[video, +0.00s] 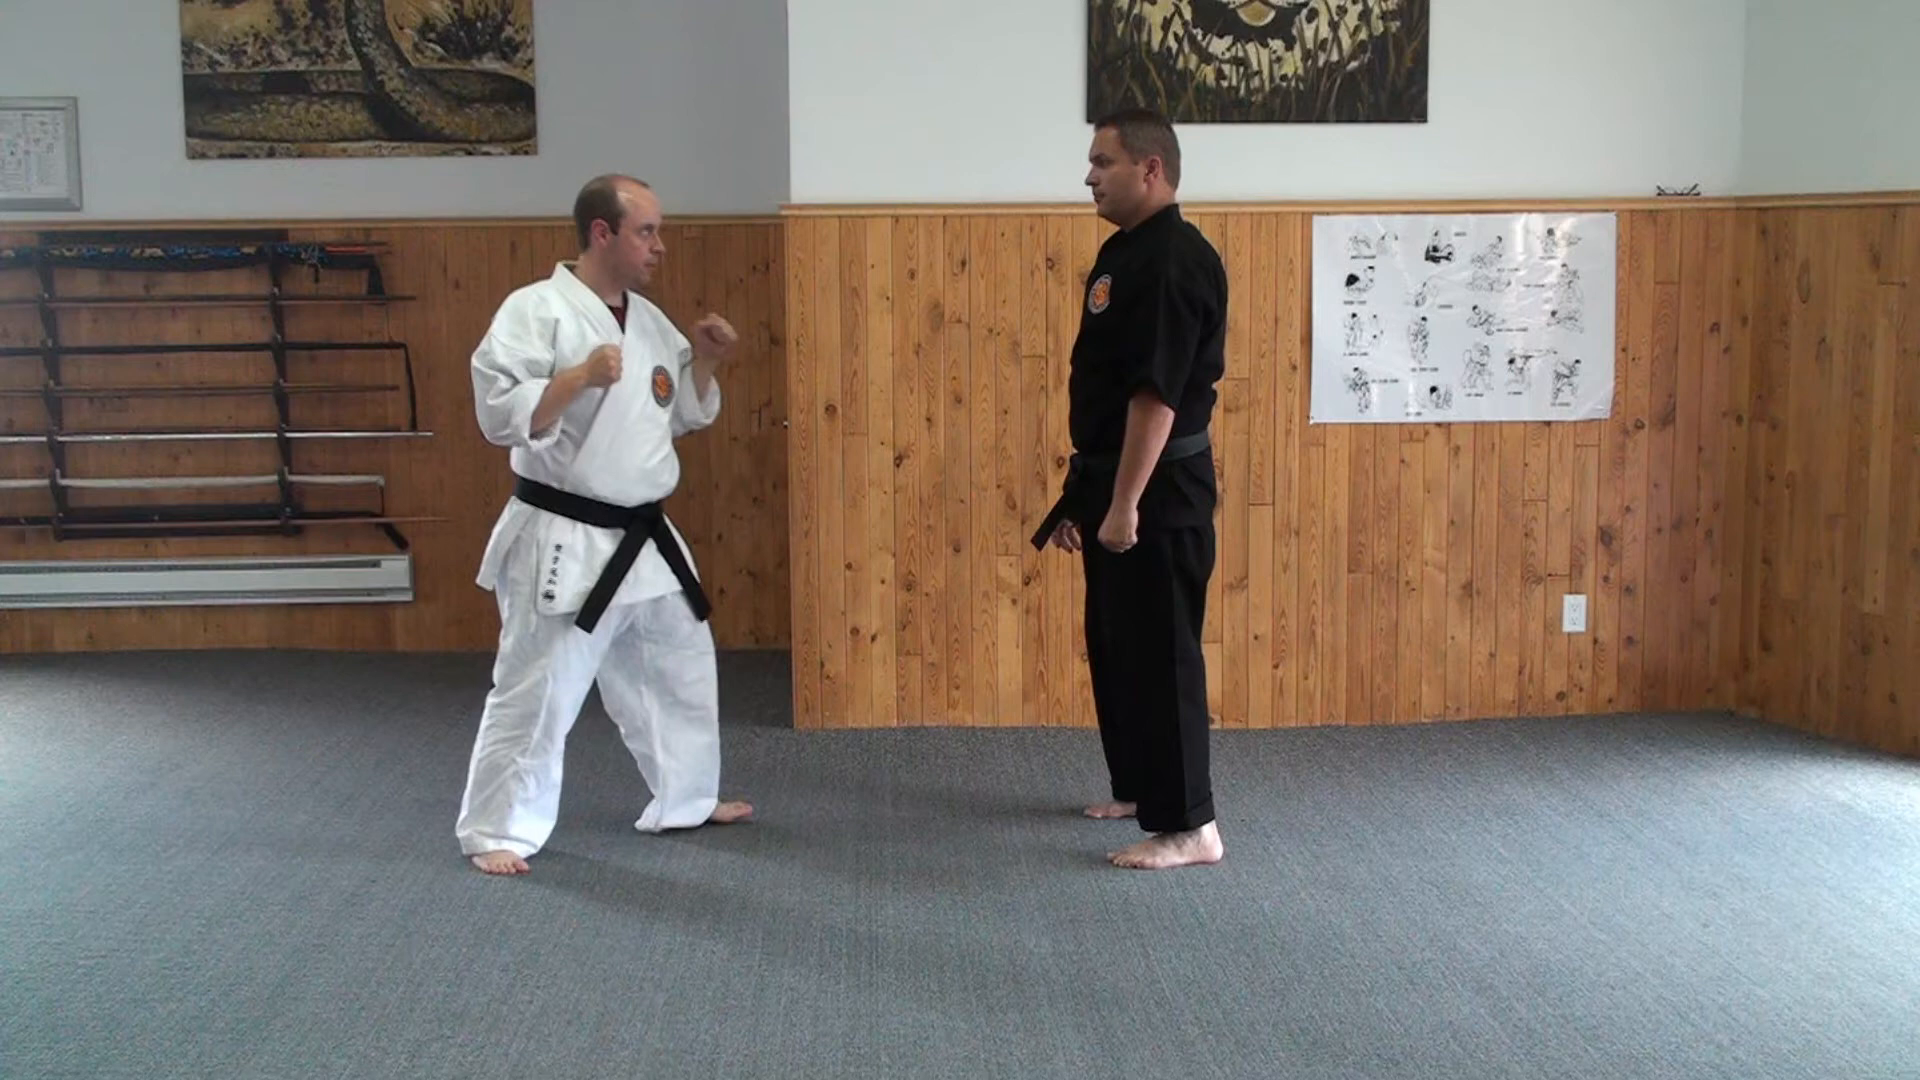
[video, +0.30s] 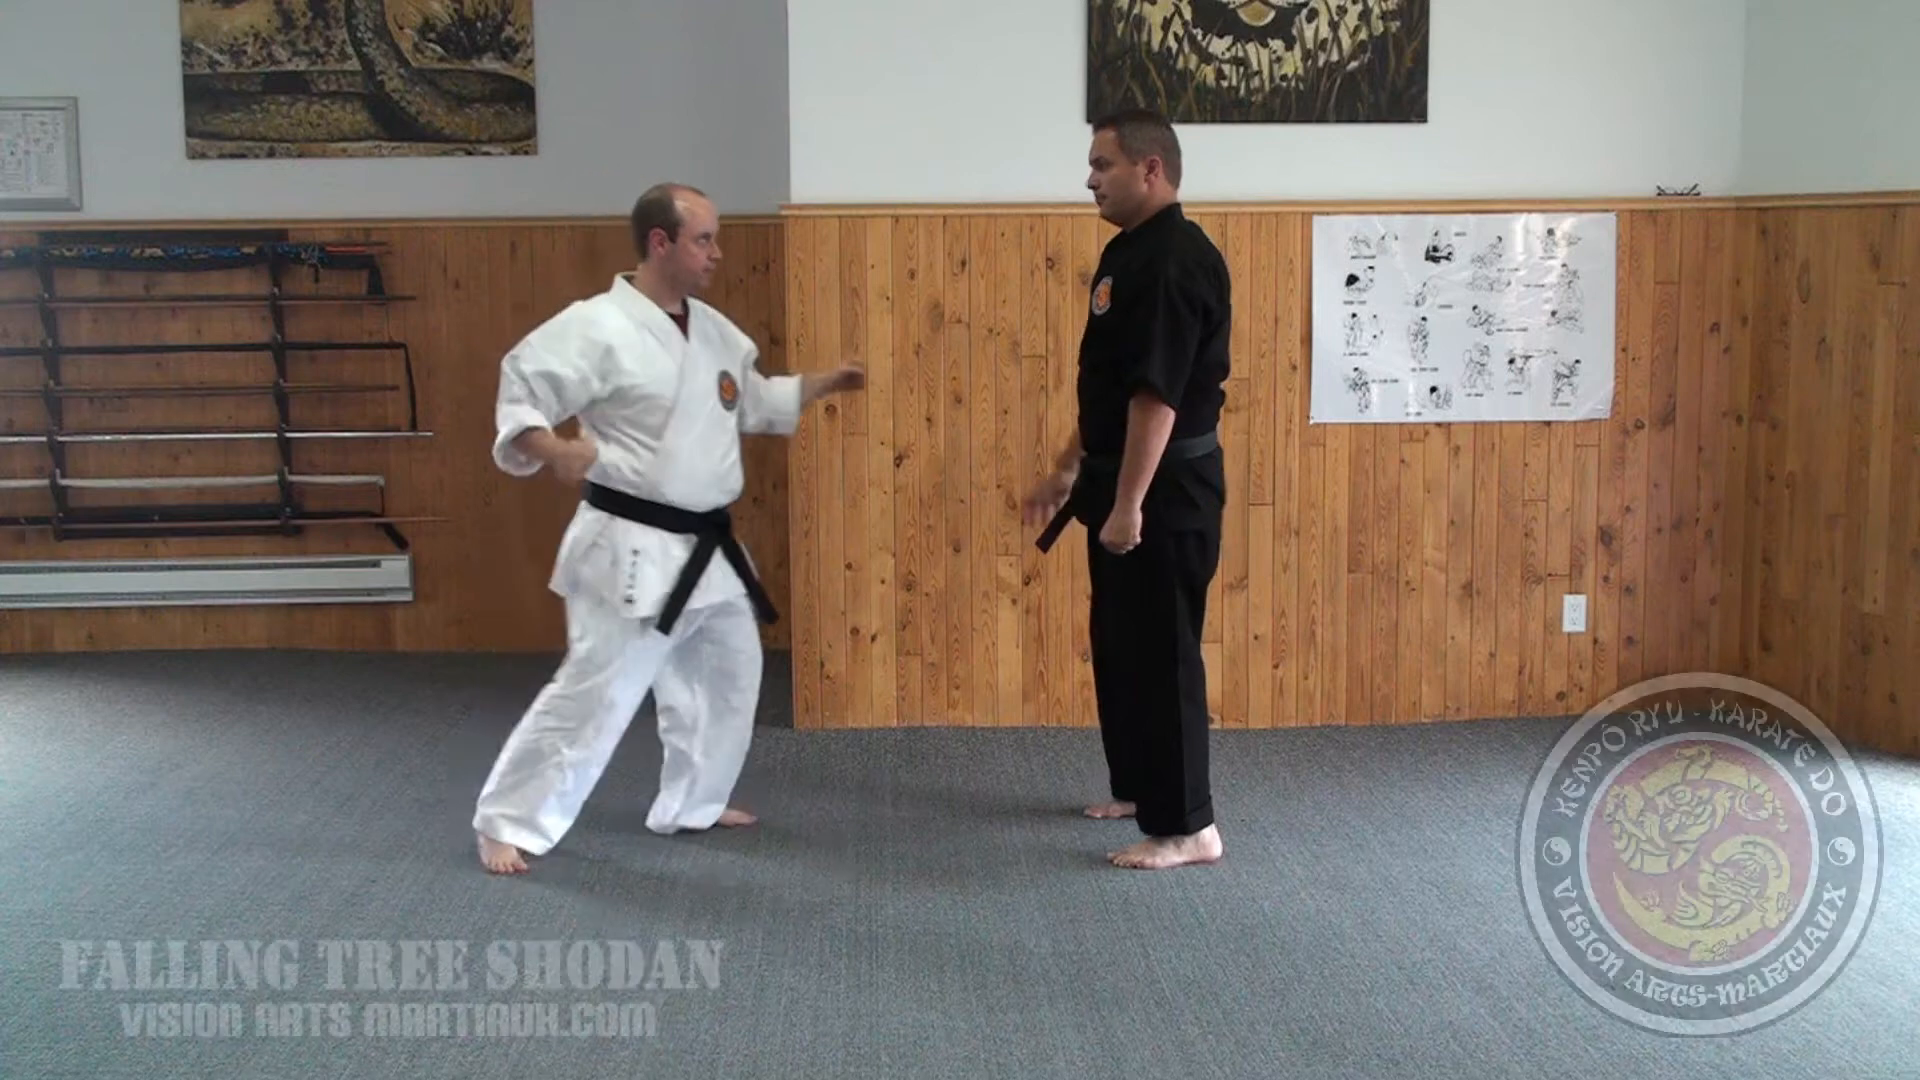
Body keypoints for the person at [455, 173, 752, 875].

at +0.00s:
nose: (659, 247)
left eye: (661, 233)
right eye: (648, 233)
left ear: (618, 236)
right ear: (600, 233)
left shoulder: (652, 322)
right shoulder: (533, 311)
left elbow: (675, 417)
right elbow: (500, 417)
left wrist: (707, 366)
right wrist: (580, 376)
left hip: (644, 531)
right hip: (562, 530)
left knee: (683, 663)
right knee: (535, 691)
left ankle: (684, 800)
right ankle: (492, 833)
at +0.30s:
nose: (716, 255)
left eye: (717, 241)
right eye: (704, 242)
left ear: (674, 245)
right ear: (660, 243)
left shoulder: (715, 332)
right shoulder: (599, 325)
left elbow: (748, 400)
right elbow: (517, 390)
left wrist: (817, 385)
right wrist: (549, 448)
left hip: (706, 542)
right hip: (629, 538)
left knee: (730, 669)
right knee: (594, 689)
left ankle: (691, 801)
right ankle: (507, 821)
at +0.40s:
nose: (748, 255)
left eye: (748, 241)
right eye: (737, 241)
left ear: (703, 244)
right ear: (693, 243)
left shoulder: (742, 333)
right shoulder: (633, 326)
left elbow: (776, 396)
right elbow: (557, 392)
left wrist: (848, 385)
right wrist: (550, 443)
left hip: (735, 539)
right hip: (664, 537)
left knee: (744, 680)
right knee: (682, 682)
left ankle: (693, 804)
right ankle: (576, 795)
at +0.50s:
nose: (779, 252)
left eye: (779, 239)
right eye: (768, 238)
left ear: (742, 243)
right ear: (725, 240)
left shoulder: (758, 334)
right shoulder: (665, 322)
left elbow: (788, 399)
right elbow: (585, 394)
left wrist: (856, 388)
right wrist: (572, 432)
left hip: (744, 527)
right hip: (697, 528)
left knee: (721, 672)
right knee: (766, 662)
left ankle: (695, 804)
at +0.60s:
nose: (807, 253)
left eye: (807, 240)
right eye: (796, 239)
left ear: (763, 243)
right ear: (756, 241)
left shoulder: (762, 324)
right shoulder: (707, 315)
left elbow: (778, 408)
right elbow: (623, 383)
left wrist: (850, 398)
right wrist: (651, 391)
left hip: (756, 528)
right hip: (733, 531)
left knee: (742, 679)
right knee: (816, 664)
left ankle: (693, 802)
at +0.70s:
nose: (836, 257)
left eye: (836, 244)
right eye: (826, 244)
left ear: (786, 249)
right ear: (784, 247)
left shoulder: (780, 318)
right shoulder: (746, 312)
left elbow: (769, 408)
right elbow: (705, 374)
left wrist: (840, 417)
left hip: (744, 531)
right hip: (776, 536)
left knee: (754, 687)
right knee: (860, 677)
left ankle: (691, 801)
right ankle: (940, 821)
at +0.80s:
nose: (862, 263)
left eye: (863, 250)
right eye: (853, 249)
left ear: (804, 255)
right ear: (815, 251)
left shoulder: (733, 342)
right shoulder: (808, 318)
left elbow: (735, 443)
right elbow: (837, 335)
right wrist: (900, 290)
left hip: (754, 542)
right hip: (825, 545)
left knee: (765, 679)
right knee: (909, 680)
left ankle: (693, 798)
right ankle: (958, 833)